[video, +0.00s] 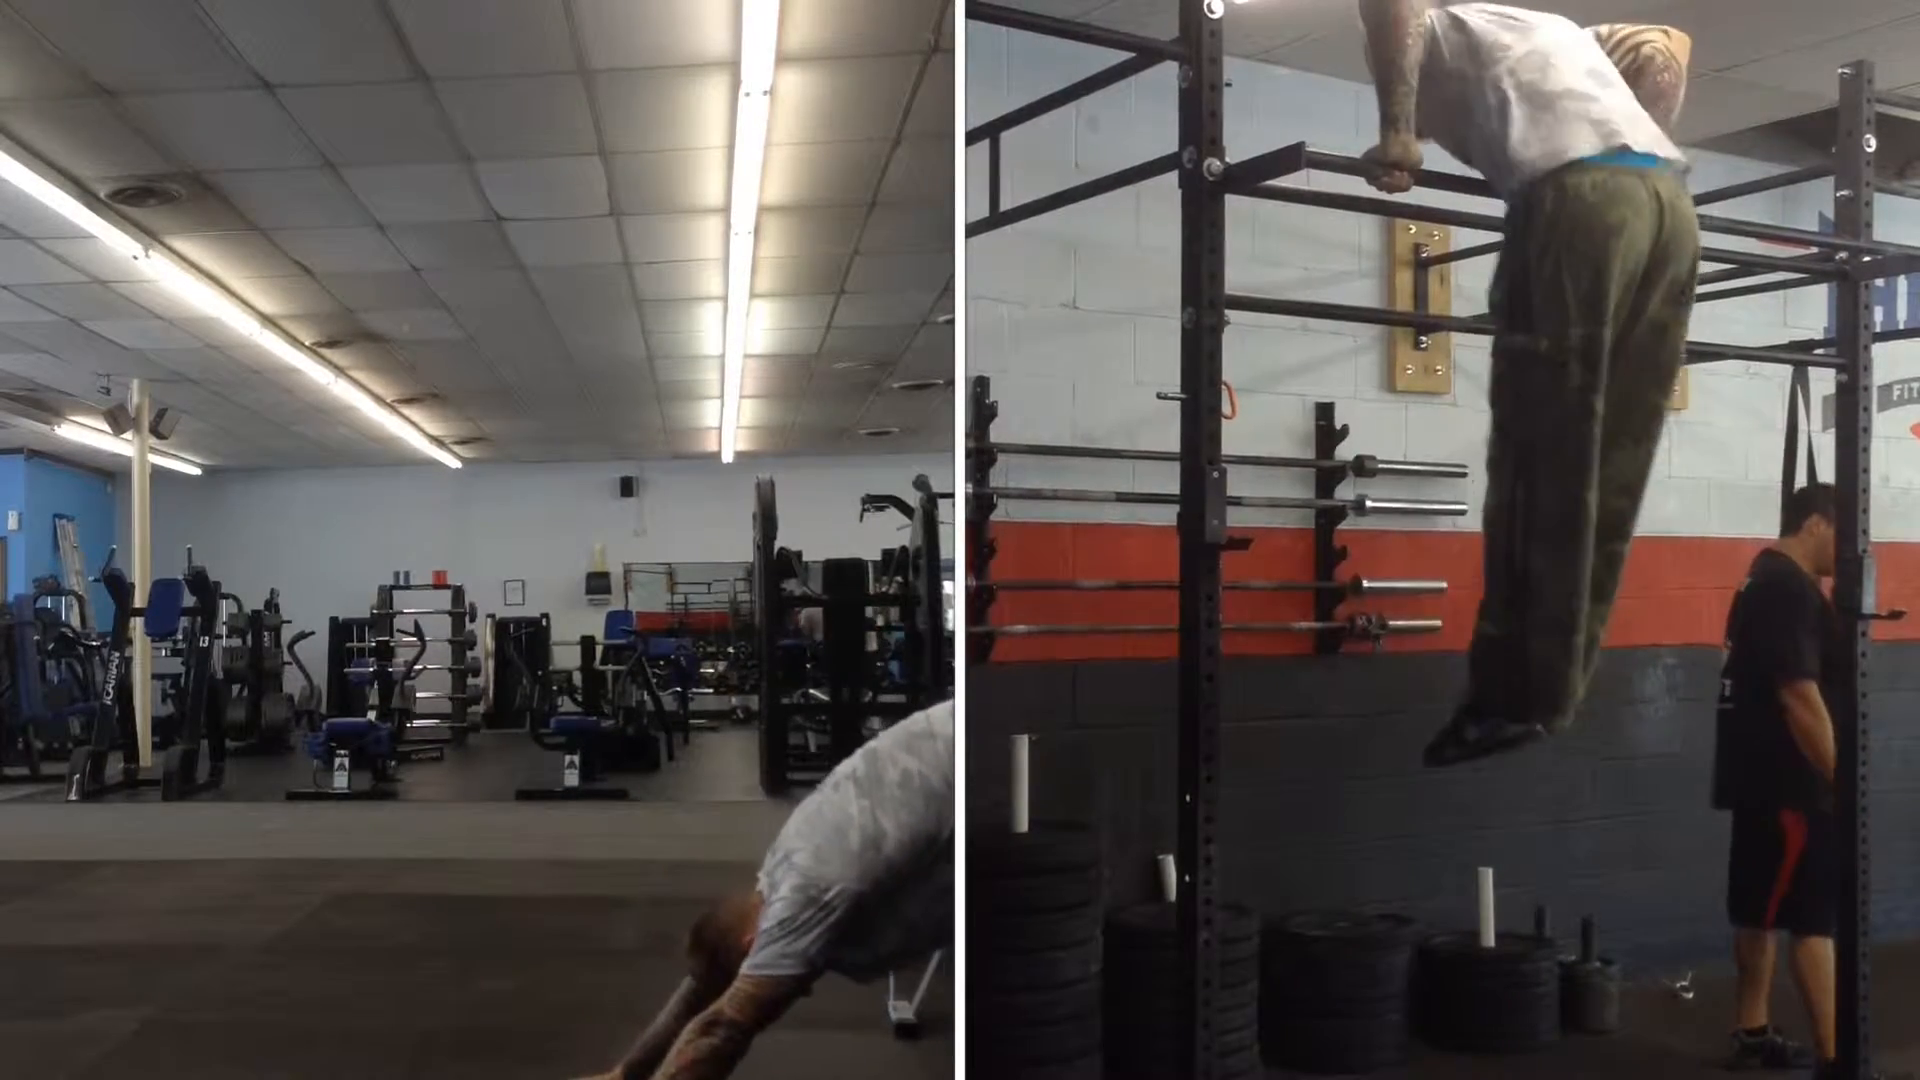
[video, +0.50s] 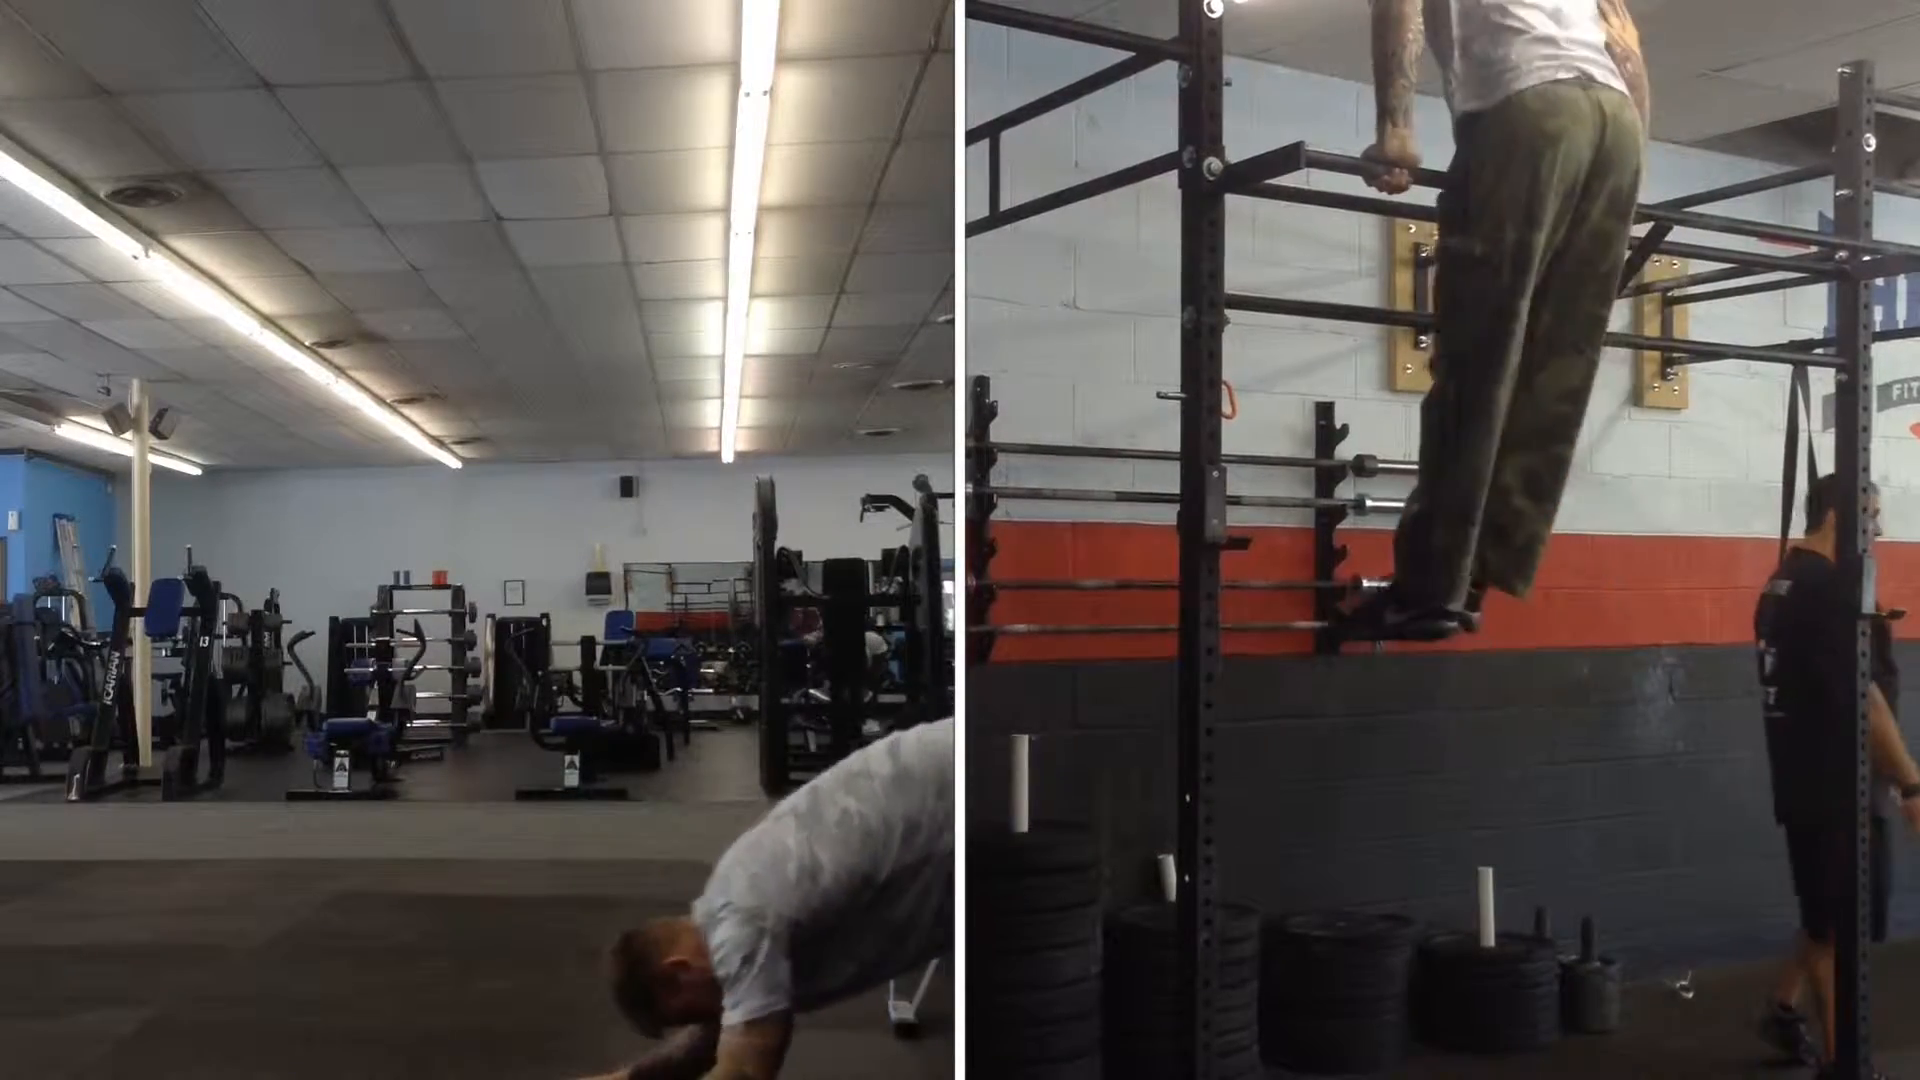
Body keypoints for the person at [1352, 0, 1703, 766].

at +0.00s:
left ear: (1421, 25)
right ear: (1489, 14)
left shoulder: (1432, 25)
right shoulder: (1556, 31)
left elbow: (1391, 2)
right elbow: (1662, 48)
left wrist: (1397, 127)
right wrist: (1642, 158)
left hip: (1579, 197)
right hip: (1672, 205)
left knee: (1543, 448)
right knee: (1618, 456)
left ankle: (1512, 696)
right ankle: (1556, 689)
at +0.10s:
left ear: (1419, 14)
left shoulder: (1425, 13)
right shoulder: (1549, 16)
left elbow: (1387, 4)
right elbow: (1659, 48)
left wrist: (1395, 124)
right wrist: (1641, 158)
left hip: (1566, 183)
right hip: (1660, 190)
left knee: (1530, 433)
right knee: (1611, 440)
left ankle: (1497, 679)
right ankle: (1550, 675)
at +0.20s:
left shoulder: (1426, 11)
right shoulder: (1560, 9)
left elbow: (1391, 6)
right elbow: (1655, 42)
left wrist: (1397, 127)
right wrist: (1641, 144)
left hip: (1545, 165)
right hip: (1641, 169)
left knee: (1504, 409)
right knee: (1592, 412)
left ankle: (1469, 649)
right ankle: (1537, 641)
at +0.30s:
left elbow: (1397, 8)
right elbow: (1648, 40)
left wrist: (1394, 124)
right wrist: (1642, 142)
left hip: (1530, 139)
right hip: (1624, 144)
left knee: (1482, 382)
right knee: (1569, 387)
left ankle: (1437, 619)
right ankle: (1489, 604)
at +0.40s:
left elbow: (1396, 11)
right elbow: (1633, 43)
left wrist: (1394, 125)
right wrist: (1631, 159)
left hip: (1521, 116)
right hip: (1615, 124)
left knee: (1471, 360)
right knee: (1555, 368)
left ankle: (1423, 592)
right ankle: (1469, 583)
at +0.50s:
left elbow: (1399, 11)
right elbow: (1626, 44)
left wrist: (1395, 124)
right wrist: (1631, 155)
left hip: (1525, 108)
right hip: (1618, 116)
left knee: (1476, 353)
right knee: (1558, 363)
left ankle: (1428, 589)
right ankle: (1470, 584)